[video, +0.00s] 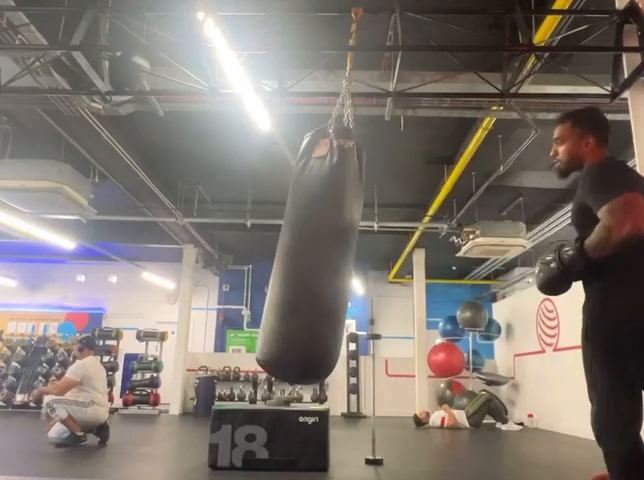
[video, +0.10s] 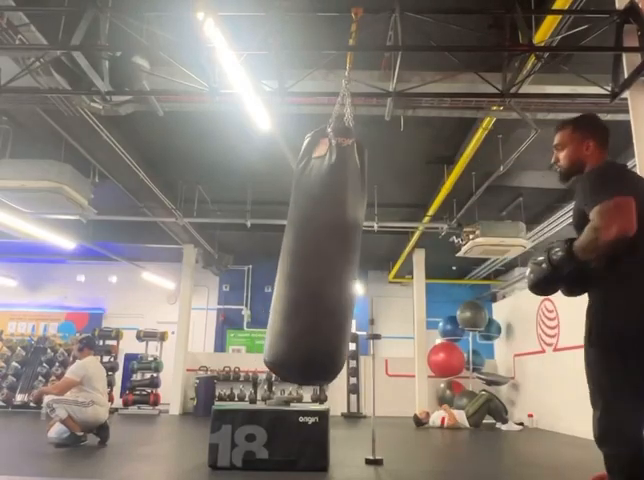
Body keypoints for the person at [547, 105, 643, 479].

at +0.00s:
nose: (553, 150)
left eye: (560, 141)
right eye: (554, 142)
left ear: (588, 141)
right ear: (591, 143)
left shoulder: (600, 173)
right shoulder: (620, 174)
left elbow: (622, 221)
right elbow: (626, 227)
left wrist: (572, 263)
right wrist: (572, 258)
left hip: (616, 309)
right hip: (625, 306)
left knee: (614, 414)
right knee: (621, 409)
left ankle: (623, 470)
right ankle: (626, 468)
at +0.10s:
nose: (554, 157)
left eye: (560, 147)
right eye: (554, 149)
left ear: (589, 145)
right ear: (592, 148)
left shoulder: (602, 175)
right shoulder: (623, 180)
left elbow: (618, 223)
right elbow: (615, 259)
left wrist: (571, 256)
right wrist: (569, 276)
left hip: (621, 314)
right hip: (627, 311)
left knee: (619, 417)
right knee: (627, 412)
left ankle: (623, 469)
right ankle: (626, 468)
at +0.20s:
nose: (551, 162)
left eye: (555, 152)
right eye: (550, 155)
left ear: (583, 149)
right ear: (588, 152)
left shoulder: (597, 178)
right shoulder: (631, 181)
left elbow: (587, 224)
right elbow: (633, 244)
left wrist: (527, 252)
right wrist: (589, 267)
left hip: (615, 308)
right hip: (634, 306)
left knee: (606, 413)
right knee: (615, 406)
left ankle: (617, 470)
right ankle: (619, 468)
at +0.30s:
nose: (545, 169)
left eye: (548, 158)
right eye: (544, 160)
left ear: (573, 153)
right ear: (584, 155)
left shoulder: (581, 186)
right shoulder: (635, 185)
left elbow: (535, 227)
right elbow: (631, 246)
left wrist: (487, 235)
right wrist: (584, 267)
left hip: (609, 315)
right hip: (643, 311)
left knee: (606, 421)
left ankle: (619, 472)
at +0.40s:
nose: (535, 174)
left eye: (537, 164)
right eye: (534, 166)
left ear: (561, 158)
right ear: (571, 159)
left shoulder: (554, 195)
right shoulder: (632, 186)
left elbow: (498, 226)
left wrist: (448, 232)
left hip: (598, 325)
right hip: (639, 320)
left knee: (608, 433)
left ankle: (619, 475)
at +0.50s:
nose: (526, 179)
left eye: (527, 169)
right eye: (524, 171)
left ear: (546, 163)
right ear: (565, 162)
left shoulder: (535, 202)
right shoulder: (625, 190)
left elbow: (470, 229)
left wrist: (421, 240)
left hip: (586, 333)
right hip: (637, 323)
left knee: (602, 434)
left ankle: (617, 476)